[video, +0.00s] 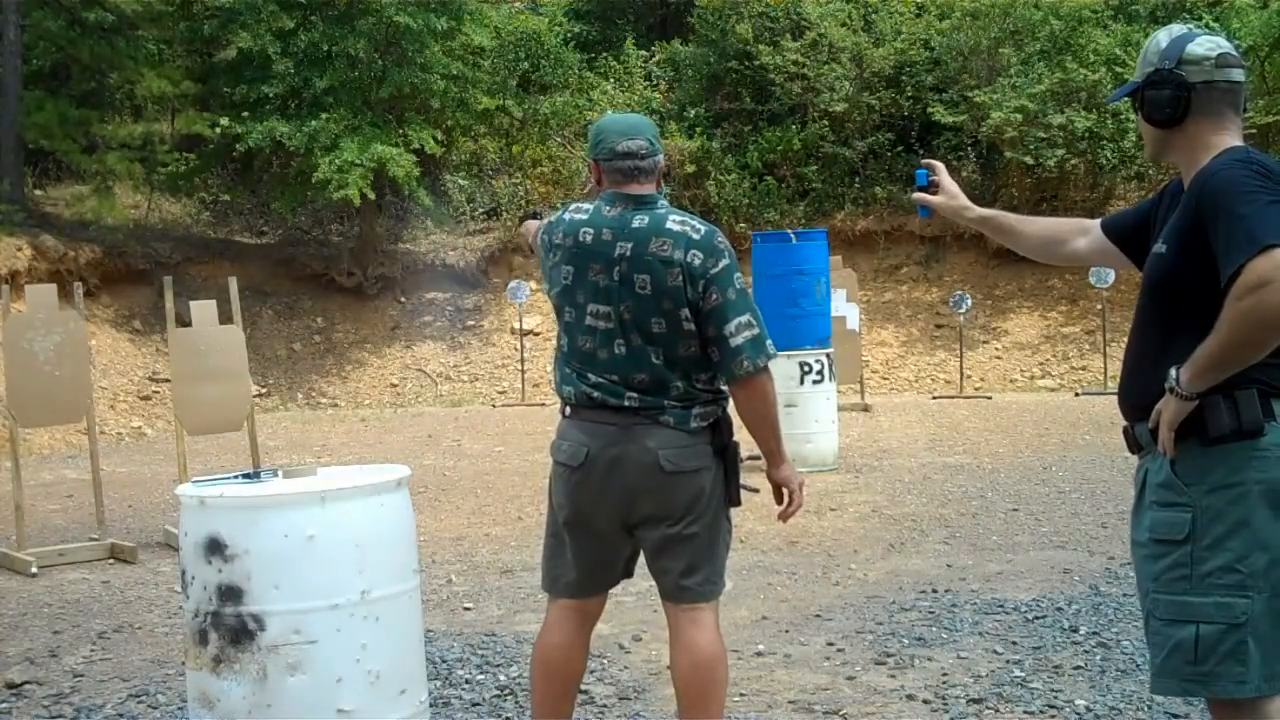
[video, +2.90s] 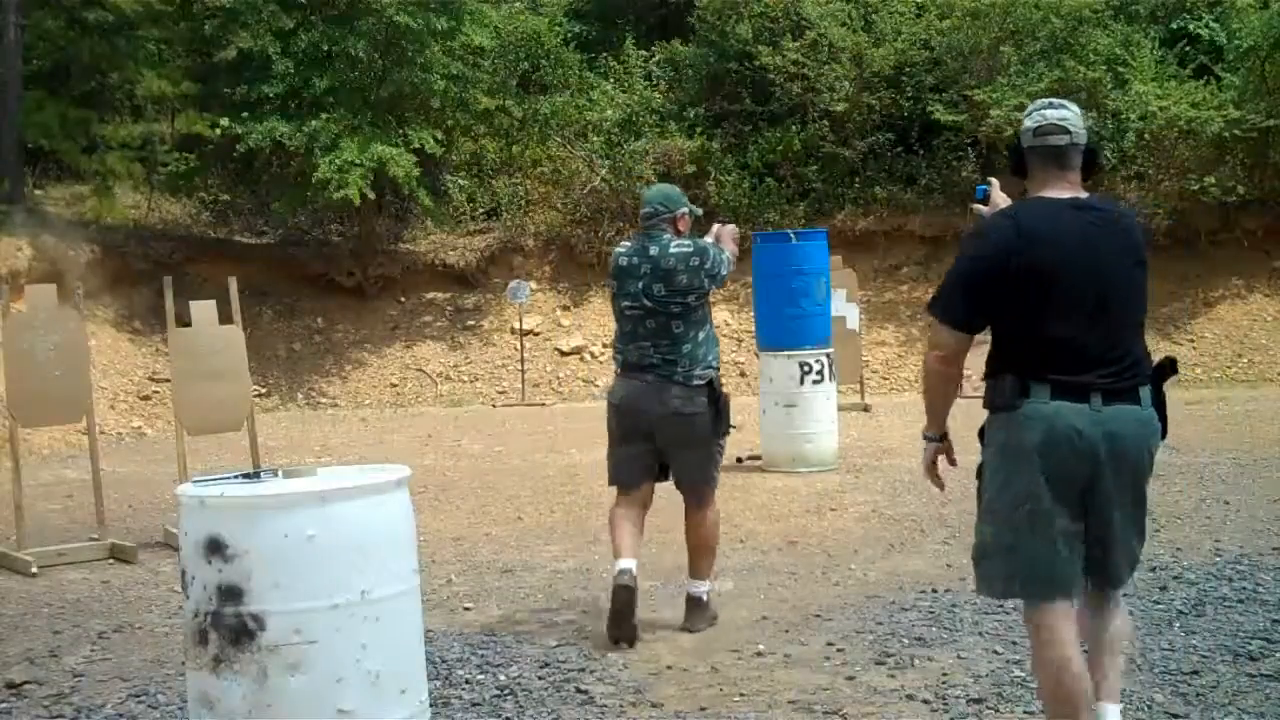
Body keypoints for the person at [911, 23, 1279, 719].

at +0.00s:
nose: (1139, 117)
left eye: (1143, 102)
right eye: (1139, 103)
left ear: (1167, 103)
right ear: (1223, 101)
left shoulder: (1234, 180)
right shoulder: (1183, 196)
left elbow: (1270, 286)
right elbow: (1081, 239)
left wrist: (1184, 385)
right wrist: (969, 214)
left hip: (1224, 463)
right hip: (1209, 459)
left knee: (1241, 694)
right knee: (1241, 687)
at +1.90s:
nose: (1136, 140)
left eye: (1138, 125)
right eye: (1138, 127)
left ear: (1148, 122)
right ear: (1226, 122)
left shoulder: (1178, 198)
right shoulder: (1261, 205)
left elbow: (1173, 297)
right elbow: (1137, 244)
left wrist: (1108, 384)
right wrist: (1033, 216)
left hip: (1188, 449)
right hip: (1265, 445)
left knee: (1184, 684)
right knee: (1219, 671)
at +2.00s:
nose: (1137, 143)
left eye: (1140, 128)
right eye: (1140, 129)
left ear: (1147, 127)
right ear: (1225, 127)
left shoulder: (1168, 202)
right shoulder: (1262, 208)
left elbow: (1154, 301)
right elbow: (1144, 245)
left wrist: (1076, 385)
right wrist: (1045, 218)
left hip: (1181, 452)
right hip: (1268, 449)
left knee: (1125, 675)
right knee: (1221, 664)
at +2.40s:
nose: (1111, 156)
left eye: (1112, 145)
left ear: (1113, 149)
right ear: (1185, 149)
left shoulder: (1108, 221)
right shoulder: (1230, 228)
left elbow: (1073, 326)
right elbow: (1157, 277)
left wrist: (1033, 446)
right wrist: (1067, 233)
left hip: (1125, 452)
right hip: (1230, 447)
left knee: (1061, 618)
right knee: (1218, 645)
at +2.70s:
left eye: (1051, 161)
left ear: (1047, 168)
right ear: (1117, 163)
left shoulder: (1032, 240)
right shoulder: (1159, 232)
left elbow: (986, 349)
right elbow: (1103, 282)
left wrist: (958, 455)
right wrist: (1026, 238)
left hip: (1060, 442)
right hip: (1162, 442)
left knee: (1051, 622)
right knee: (1160, 624)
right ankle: (1181, 713)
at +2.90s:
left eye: (1024, 159)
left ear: (1021, 160)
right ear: (1085, 160)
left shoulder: (1002, 234)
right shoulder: (1125, 228)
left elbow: (947, 347)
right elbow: (1070, 248)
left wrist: (935, 430)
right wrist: (1011, 215)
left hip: (1036, 424)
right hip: (1129, 422)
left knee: (1050, 612)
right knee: (1107, 590)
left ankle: (1078, 717)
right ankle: (1108, 711)